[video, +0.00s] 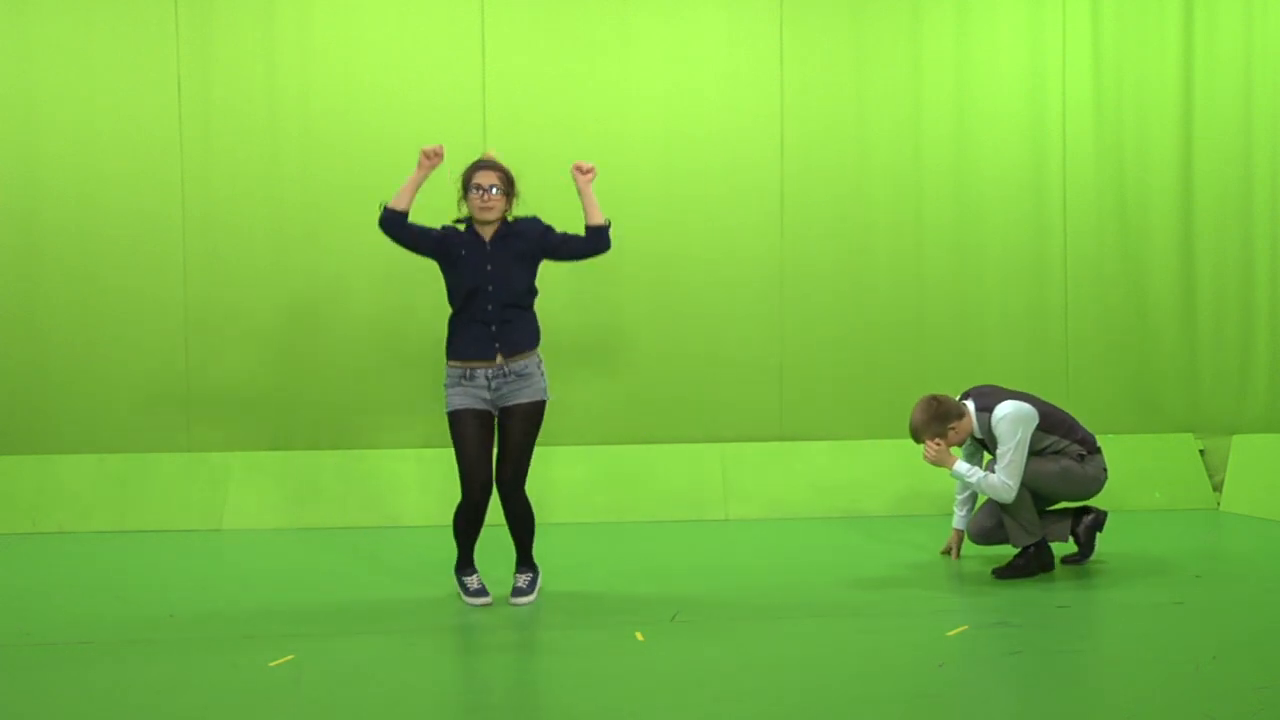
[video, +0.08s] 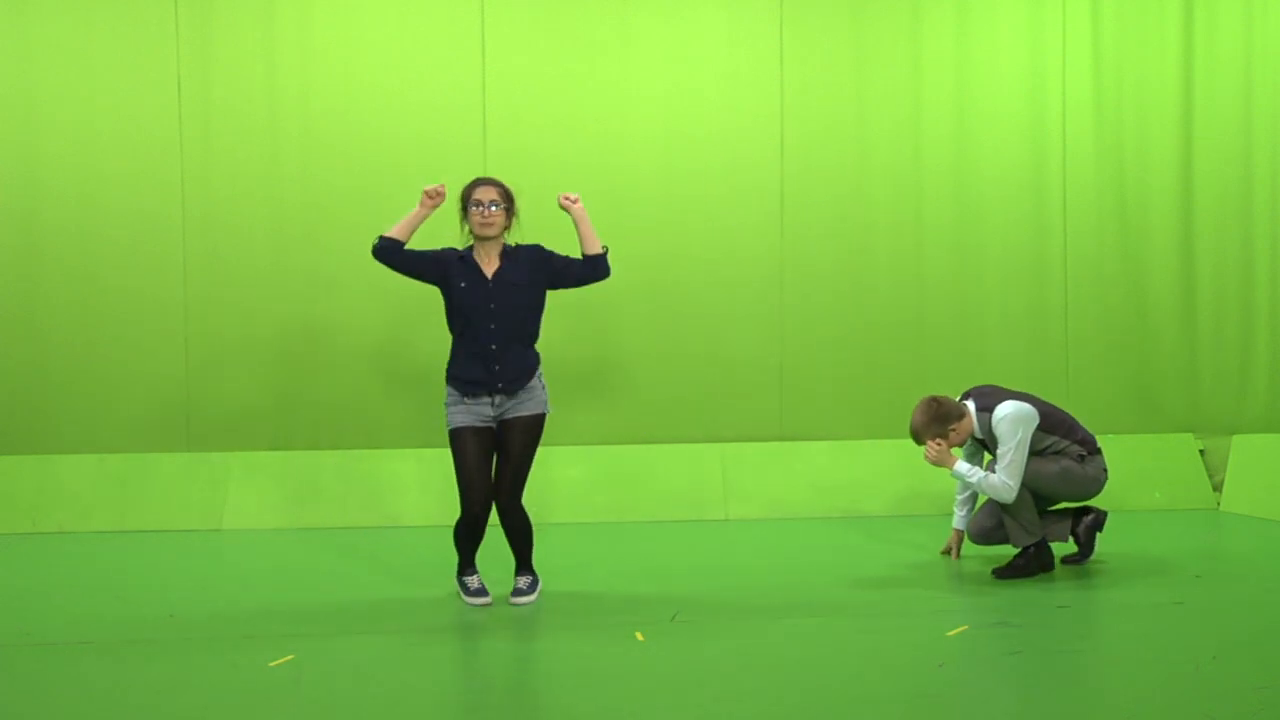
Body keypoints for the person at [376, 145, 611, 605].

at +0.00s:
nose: (485, 195)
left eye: (494, 189)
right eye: (477, 189)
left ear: (508, 198)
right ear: (465, 198)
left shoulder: (529, 237)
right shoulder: (448, 244)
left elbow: (596, 243)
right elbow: (391, 223)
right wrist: (421, 172)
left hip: (523, 375)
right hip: (466, 379)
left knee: (510, 483)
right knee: (477, 488)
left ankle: (525, 567)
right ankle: (466, 567)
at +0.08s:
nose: (485, 211)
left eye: (494, 205)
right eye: (476, 205)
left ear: (509, 214)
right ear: (466, 216)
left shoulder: (533, 262)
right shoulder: (449, 265)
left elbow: (597, 269)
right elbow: (385, 251)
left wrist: (579, 214)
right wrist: (422, 210)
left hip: (524, 395)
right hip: (467, 398)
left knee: (507, 495)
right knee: (476, 501)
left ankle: (525, 571)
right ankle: (467, 570)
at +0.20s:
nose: (484, 187)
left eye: (492, 181)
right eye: (475, 181)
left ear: (505, 191)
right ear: (462, 191)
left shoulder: (529, 235)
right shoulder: (444, 241)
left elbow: (597, 228)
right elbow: (379, 223)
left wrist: (629, 178)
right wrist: (386, 160)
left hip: (521, 374)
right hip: (463, 378)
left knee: (515, 477)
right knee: (471, 485)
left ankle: (527, 567)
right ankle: (465, 568)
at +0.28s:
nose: (484, 164)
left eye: (492, 157)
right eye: (475, 157)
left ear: (504, 167)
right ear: (459, 167)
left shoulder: (526, 206)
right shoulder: (441, 215)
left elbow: (592, 189)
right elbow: (380, 188)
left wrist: (653, 165)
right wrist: (352, 125)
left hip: (519, 351)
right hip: (461, 355)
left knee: (518, 458)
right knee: (468, 465)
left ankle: (529, 557)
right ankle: (455, 562)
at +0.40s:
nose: (479, 159)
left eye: (488, 153)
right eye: (470, 152)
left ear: (499, 162)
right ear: (455, 161)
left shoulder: (520, 197)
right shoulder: (437, 207)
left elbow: (592, 200)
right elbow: (383, 172)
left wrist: (635, 156)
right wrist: (352, 117)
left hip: (515, 340)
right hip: (456, 344)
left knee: (514, 452)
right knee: (466, 458)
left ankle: (532, 551)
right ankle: (458, 561)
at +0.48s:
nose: (476, 178)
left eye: (484, 172)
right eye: (467, 171)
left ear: (495, 182)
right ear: (451, 180)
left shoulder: (515, 215)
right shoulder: (436, 225)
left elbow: (583, 234)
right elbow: (381, 205)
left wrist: (601, 178)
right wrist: (382, 144)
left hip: (511, 357)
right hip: (453, 361)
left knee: (511, 469)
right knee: (463, 474)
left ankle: (529, 566)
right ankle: (463, 573)